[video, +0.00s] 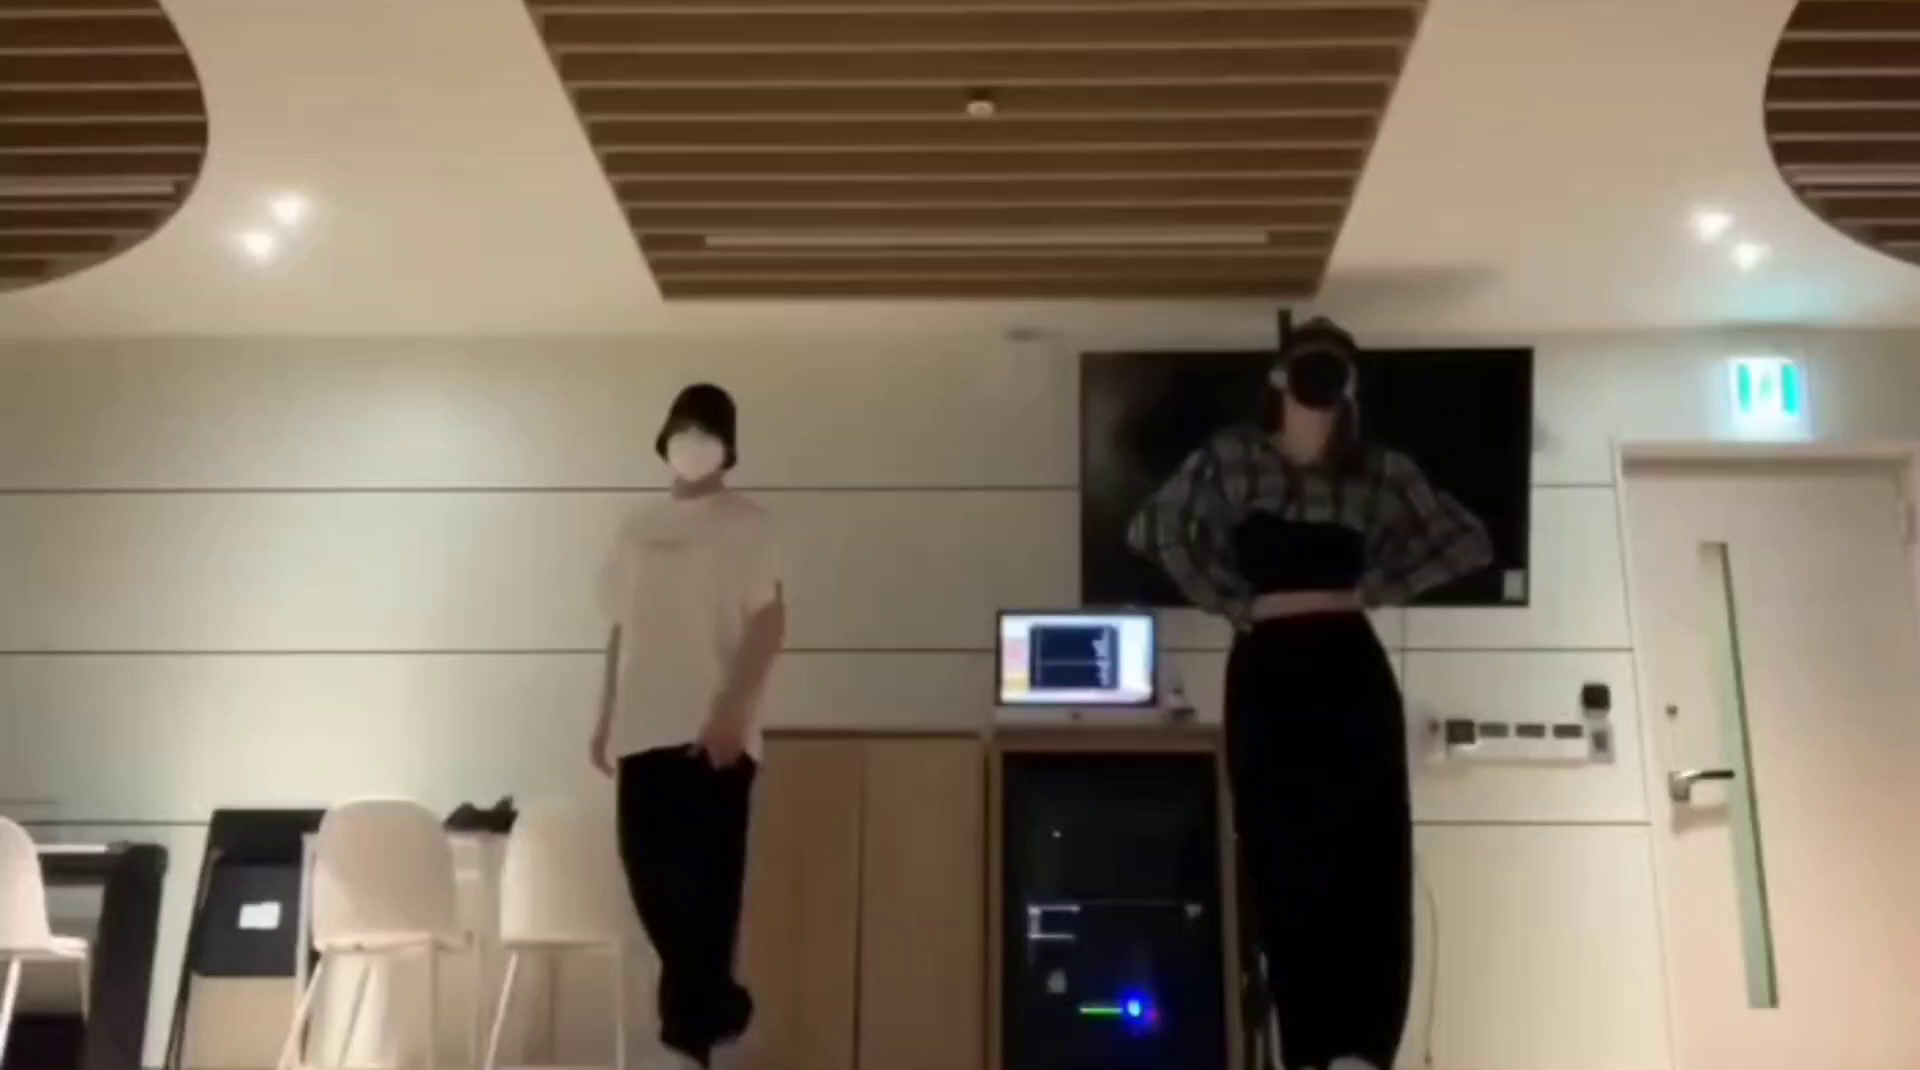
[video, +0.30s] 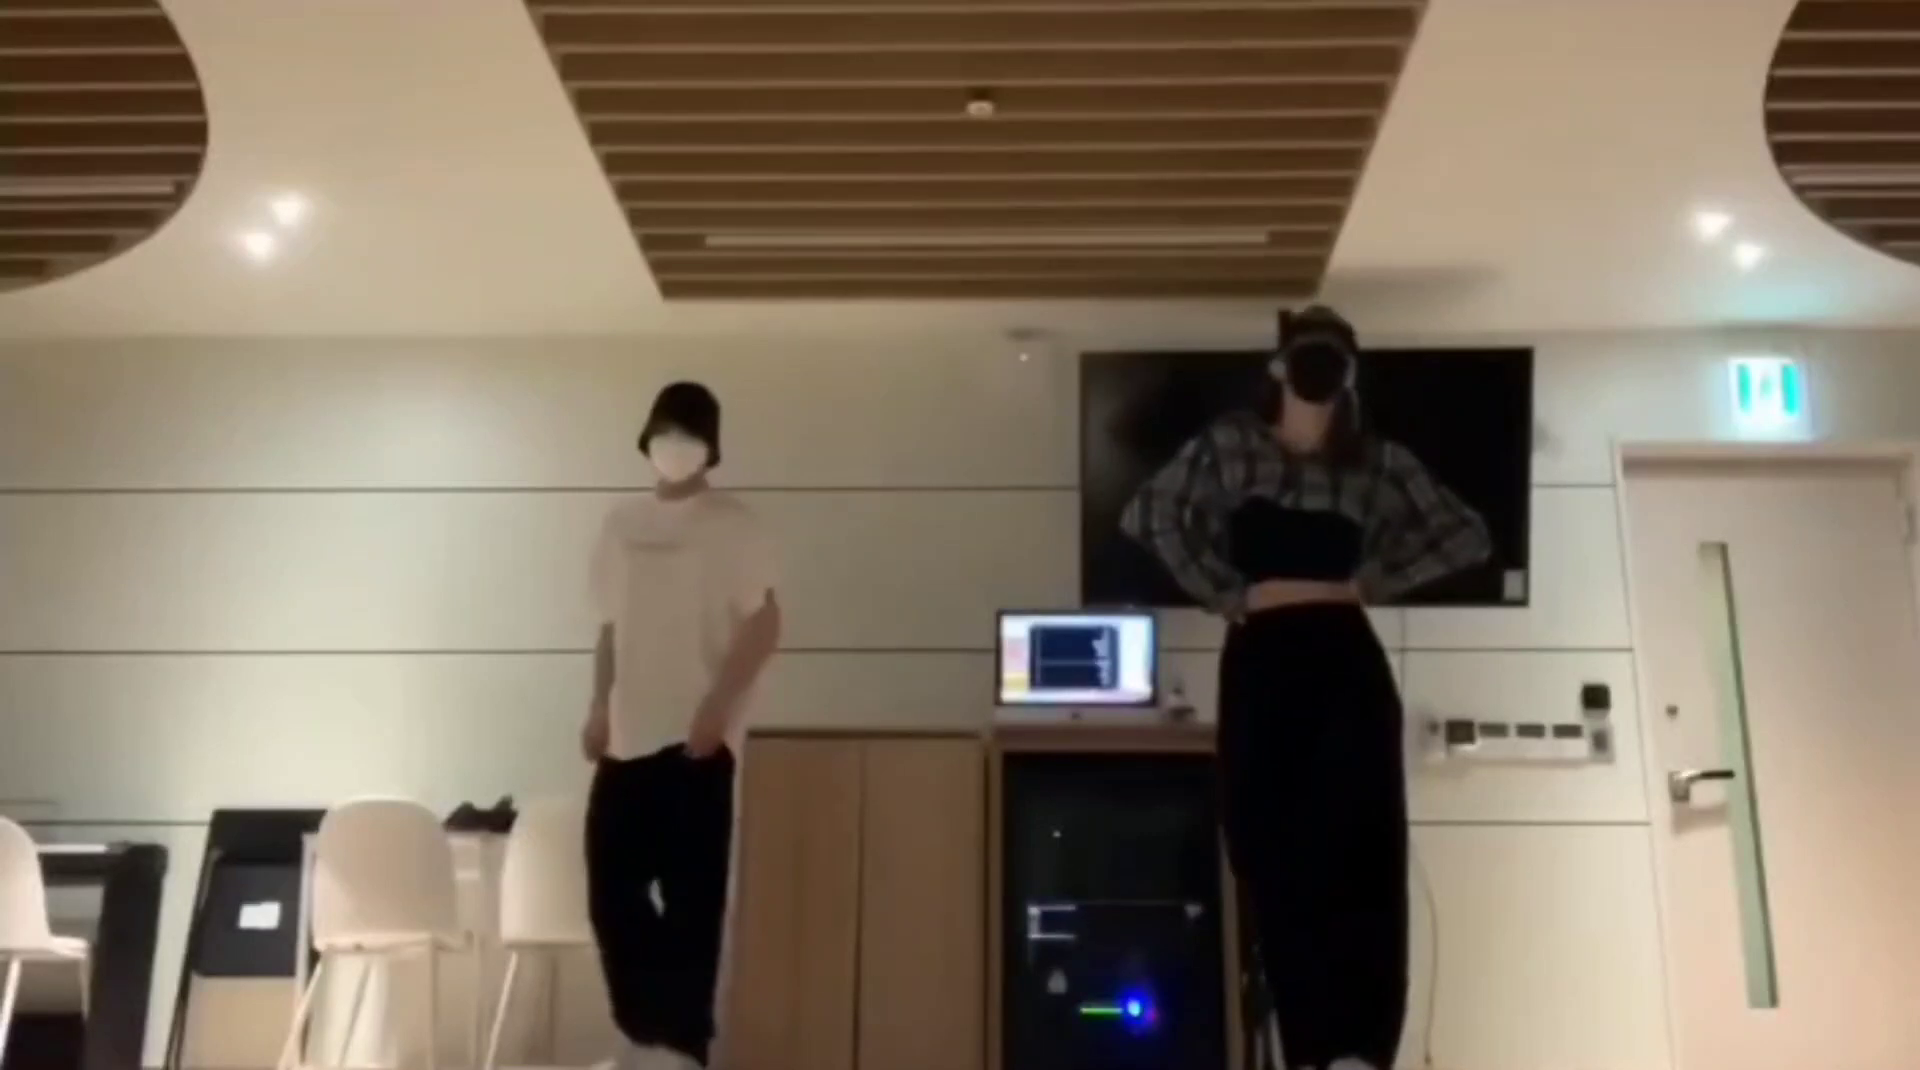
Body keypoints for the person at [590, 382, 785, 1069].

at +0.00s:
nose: (691, 446)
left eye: (707, 435)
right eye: (680, 434)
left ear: (728, 448)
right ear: (664, 443)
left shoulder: (746, 522)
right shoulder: (638, 525)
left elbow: (768, 620)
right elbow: (618, 630)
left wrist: (735, 711)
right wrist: (604, 718)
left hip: (715, 736)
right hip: (642, 737)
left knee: (705, 891)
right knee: (650, 884)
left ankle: (686, 1038)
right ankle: (720, 1005)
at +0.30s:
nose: (673, 448)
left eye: (688, 436)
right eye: (661, 436)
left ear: (711, 445)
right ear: (645, 443)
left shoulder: (737, 524)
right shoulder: (624, 523)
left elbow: (764, 623)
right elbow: (611, 627)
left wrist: (716, 711)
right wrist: (600, 709)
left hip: (700, 745)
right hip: (625, 747)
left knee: (694, 903)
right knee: (613, 900)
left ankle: (684, 1045)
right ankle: (641, 1038)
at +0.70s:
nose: (654, 472)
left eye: (668, 460)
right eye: (644, 459)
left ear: (690, 471)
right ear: (627, 466)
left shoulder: (718, 554)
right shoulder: (593, 548)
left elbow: (764, 632)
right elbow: (558, 627)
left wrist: (725, 673)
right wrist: (524, 675)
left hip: (672, 750)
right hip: (594, 752)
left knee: (674, 900)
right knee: (603, 906)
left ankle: (677, 1041)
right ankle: (618, 1042)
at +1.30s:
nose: (653, 487)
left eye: (666, 475)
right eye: (643, 475)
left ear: (685, 486)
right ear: (624, 484)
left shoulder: (713, 561)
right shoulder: (593, 567)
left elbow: (737, 654)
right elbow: (566, 658)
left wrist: (673, 634)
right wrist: (623, 642)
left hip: (705, 761)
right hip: (619, 765)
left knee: (734, 906)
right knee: (620, 914)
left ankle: (755, 1037)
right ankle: (623, 1047)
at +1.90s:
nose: (758, 514)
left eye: (770, 505)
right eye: (747, 501)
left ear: (781, 518)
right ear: (724, 509)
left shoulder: (792, 592)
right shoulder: (684, 583)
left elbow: (818, 681)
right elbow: (649, 663)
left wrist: (766, 674)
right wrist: (723, 672)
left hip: (776, 780)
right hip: (699, 778)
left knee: (768, 924)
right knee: (675, 917)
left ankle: (752, 1046)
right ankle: (630, 1045)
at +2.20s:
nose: (802, 526)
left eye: (813, 518)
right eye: (792, 511)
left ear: (821, 532)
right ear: (769, 516)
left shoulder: (814, 602)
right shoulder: (729, 580)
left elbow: (834, 694)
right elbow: (712, 659)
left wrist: (803, 698)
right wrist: (778, 685)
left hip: (802, 770)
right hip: (740, 764)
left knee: (790, 910)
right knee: (741, 905)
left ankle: (760, 1043)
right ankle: (707, 1043)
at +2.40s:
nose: (815, 525)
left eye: (827, 517)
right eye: (806, 511)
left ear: (836, 531)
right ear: (782, 515)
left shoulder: (821, 601)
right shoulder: (744, 576)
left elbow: (837, 677)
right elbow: (731, 657)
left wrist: (826, 727)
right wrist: (786, 717)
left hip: (806, 768)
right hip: (749, 762)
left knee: (795, 904)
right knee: (767, 902)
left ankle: (751, 1038)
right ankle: (778, 1036)